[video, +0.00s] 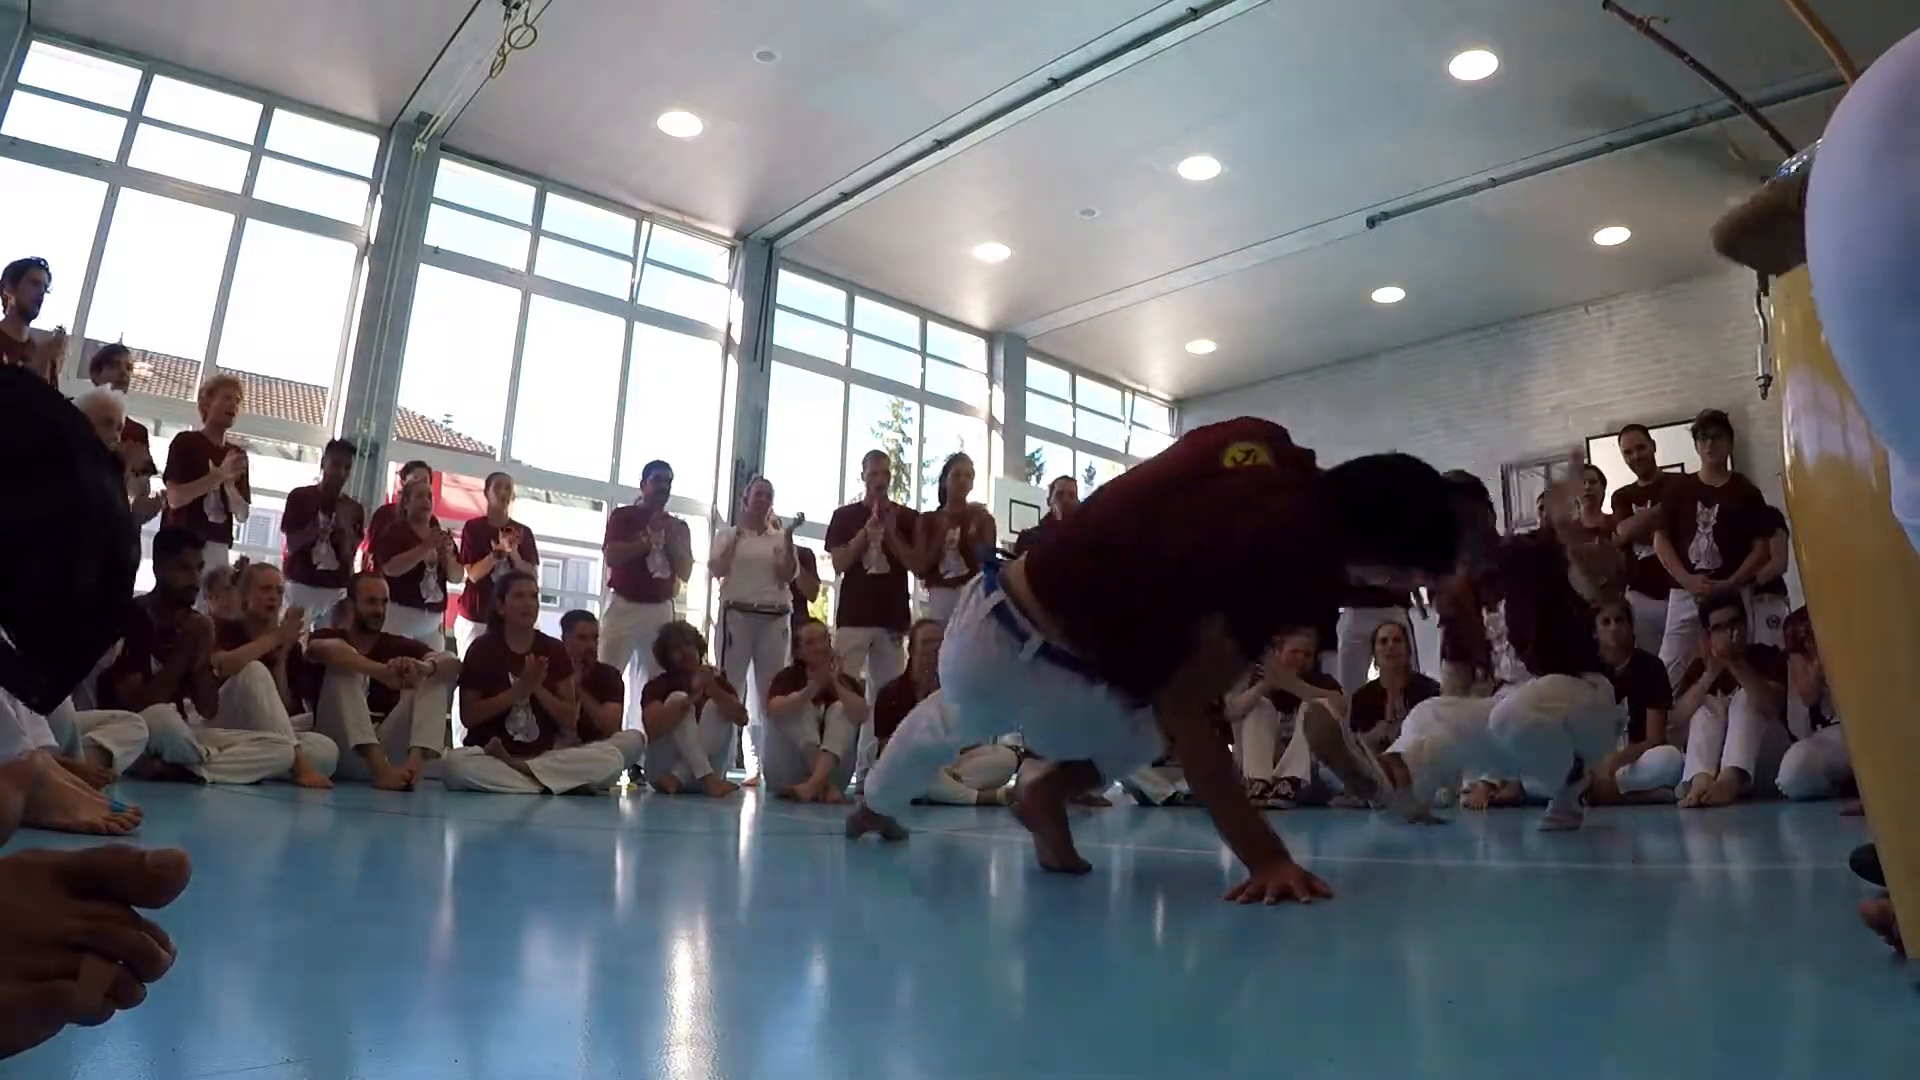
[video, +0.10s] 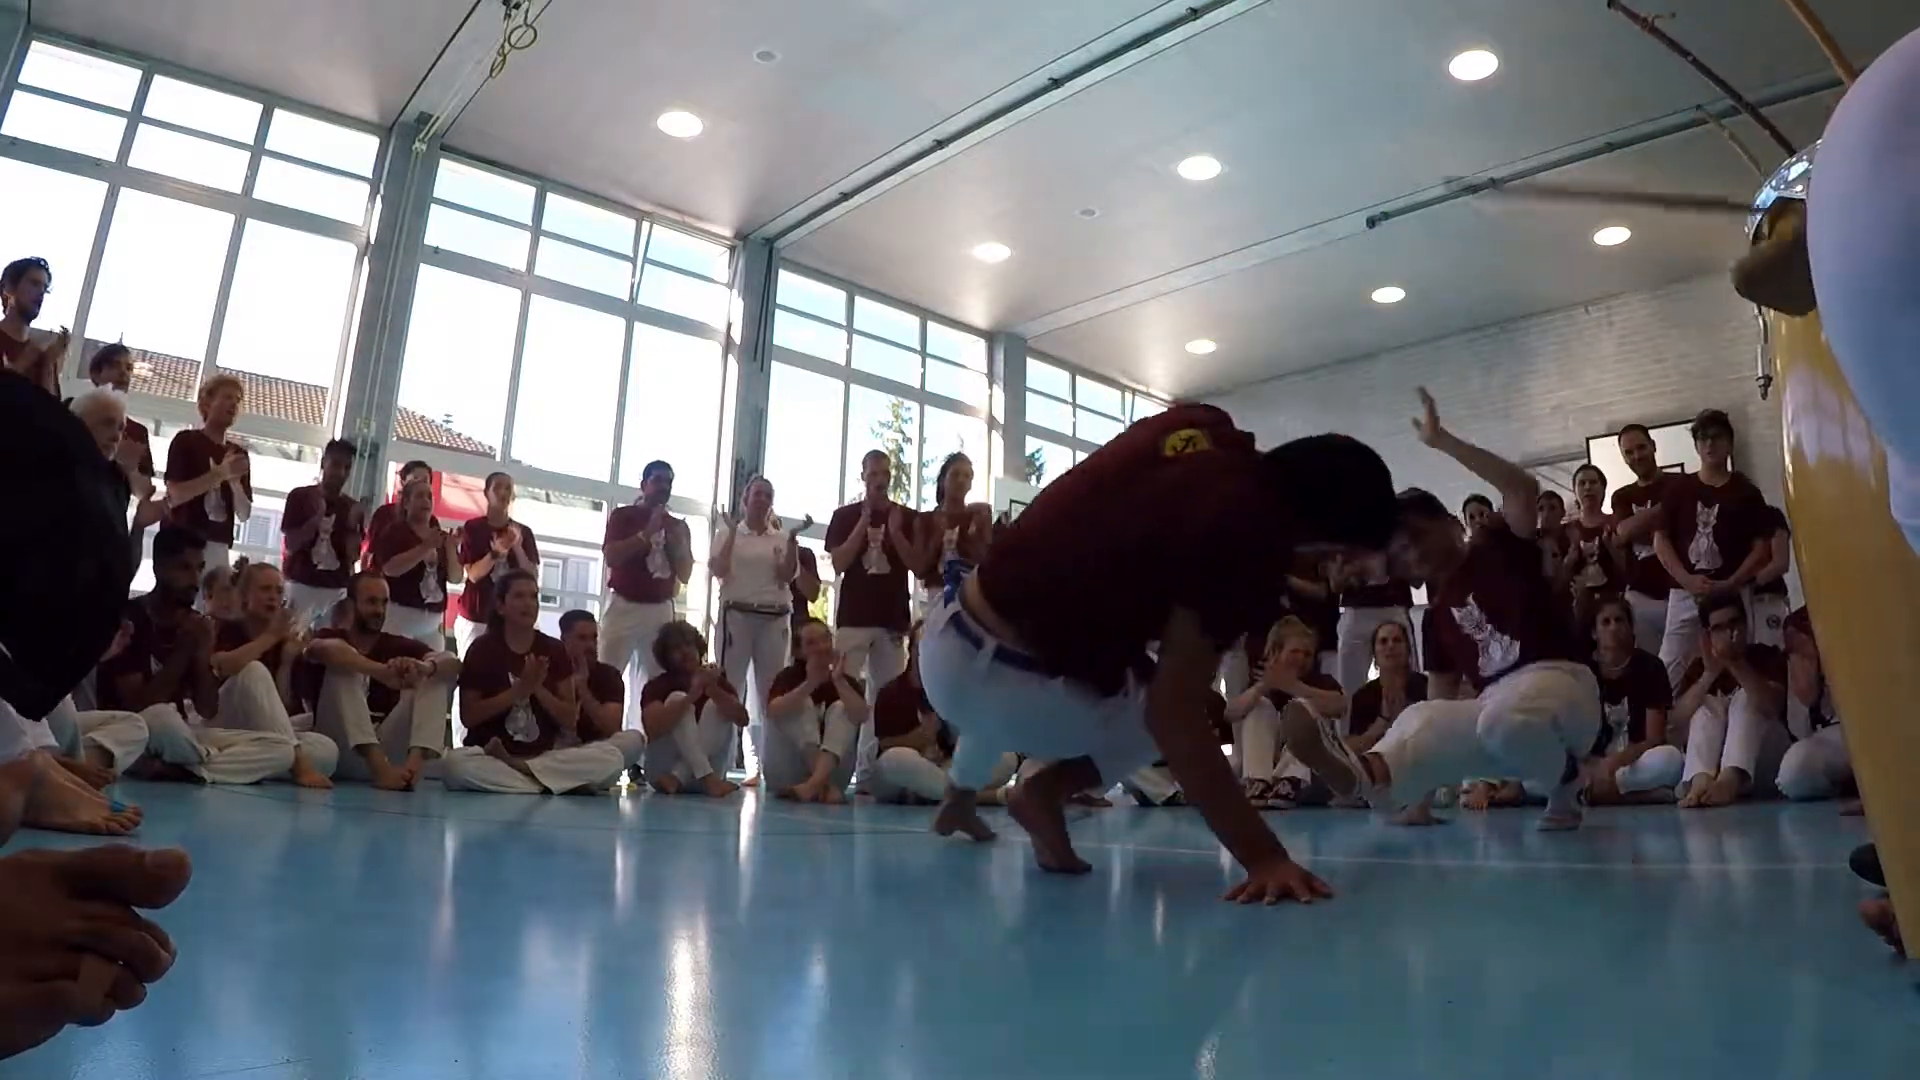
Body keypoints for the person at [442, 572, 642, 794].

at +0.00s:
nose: (528, 603)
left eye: (533, 597)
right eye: (519, 597)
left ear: (539, 603)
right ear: (500, 605)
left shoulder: (554, 649)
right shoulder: (481, 648)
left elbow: (569, 717)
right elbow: (469, 716)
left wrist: (535, 688)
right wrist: (519, 690)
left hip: (546, 756)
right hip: (488, 756)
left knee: (613, 758)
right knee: (454, 765)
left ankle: (522, 766)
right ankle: (550, 786)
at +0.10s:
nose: (528, 603)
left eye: (533, 597)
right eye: (519, 597)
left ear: (539, 603)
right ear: (500, 605)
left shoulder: (555, 649)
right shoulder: (481, 648)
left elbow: (569, 717)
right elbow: (469, 716)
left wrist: (535, 687)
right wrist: (520, 689)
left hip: (546, 756)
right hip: (488, 755)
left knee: (612, 758)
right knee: (454, 765)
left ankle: (523, 766)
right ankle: (550, 786)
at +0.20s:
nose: (528, 602)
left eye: (534, 596)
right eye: (519, 595)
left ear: (540, 603)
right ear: (500, 604)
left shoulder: (555, 649)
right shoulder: (482, 648)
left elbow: (570, 717)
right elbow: (469, 715)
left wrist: (535, 689)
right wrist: (520, 689)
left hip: (546, 756)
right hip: (488, 755)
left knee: (613, 758)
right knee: (454, 765)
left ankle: (523, 766)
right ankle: (551, 786)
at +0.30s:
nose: (529, 600)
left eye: (534, 595)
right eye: (519, 594)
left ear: (540, 603)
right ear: (500, 604)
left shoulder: (556, 649)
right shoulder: (482, 648)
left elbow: (570, 717)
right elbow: (469, 715)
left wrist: (536, 688)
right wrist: (521, 689)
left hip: (546, 756)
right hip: (488, 756)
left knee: (613, 757)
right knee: (455, 765)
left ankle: (523, 766)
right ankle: (551, 786)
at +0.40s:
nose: (529, 600)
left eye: (534, 595)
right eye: (519, 594)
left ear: (540, 603)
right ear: (501, 604)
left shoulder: (556, 649)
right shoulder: (482, 647)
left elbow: (570, 717)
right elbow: (469, 715)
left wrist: (536, 688)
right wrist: (522, 688)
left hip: (546, 756)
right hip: (488, 755)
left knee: (612, 758)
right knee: (454, 765)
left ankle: (522, 766)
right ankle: (550, 786)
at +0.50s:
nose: (530, 599)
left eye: (535, 593)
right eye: (521, 593)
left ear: (542, 601)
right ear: (503, 603)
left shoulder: (556, 648)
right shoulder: (483, 646)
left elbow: (570, 717)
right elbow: (468, 713)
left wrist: (536, 688)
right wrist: (521, 687)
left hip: (546, 755)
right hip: (488, 755)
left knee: (612, 758)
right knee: (454, 765)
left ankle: (522, 766)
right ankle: (550, 786)